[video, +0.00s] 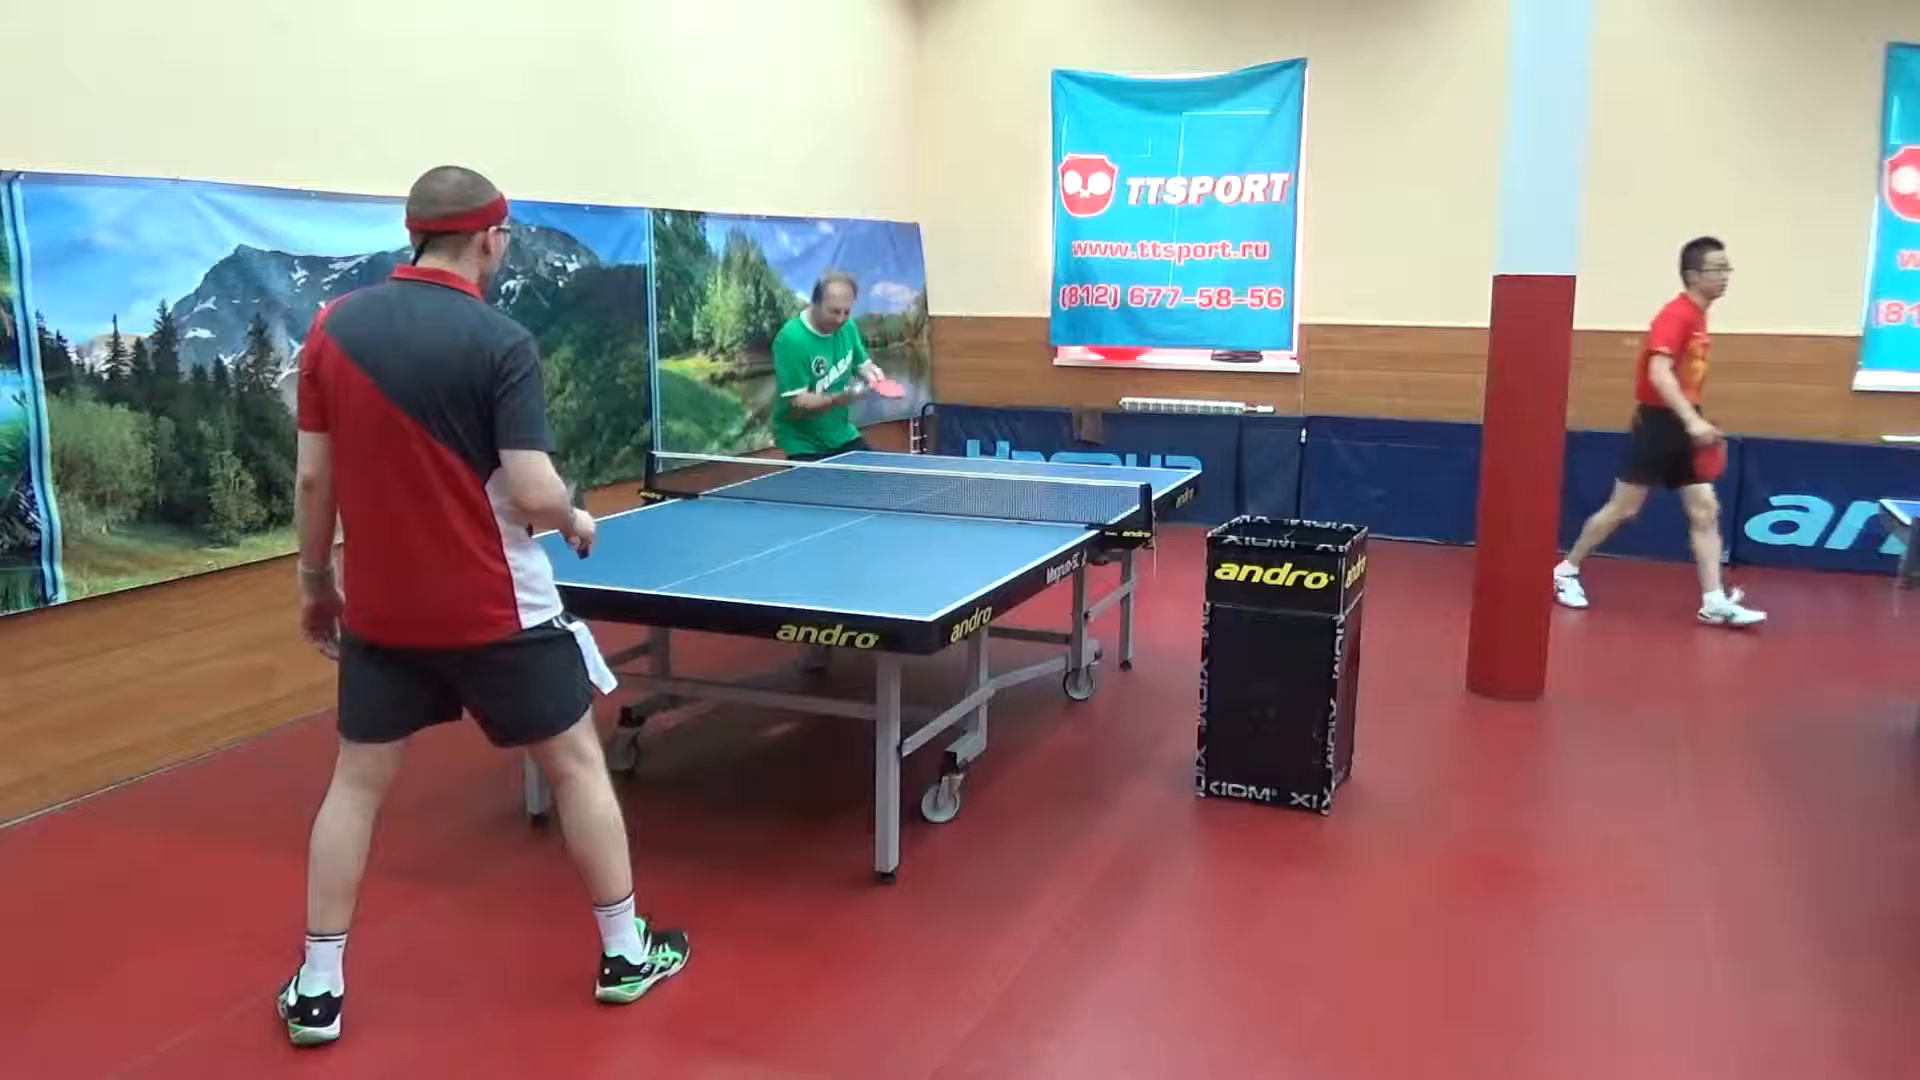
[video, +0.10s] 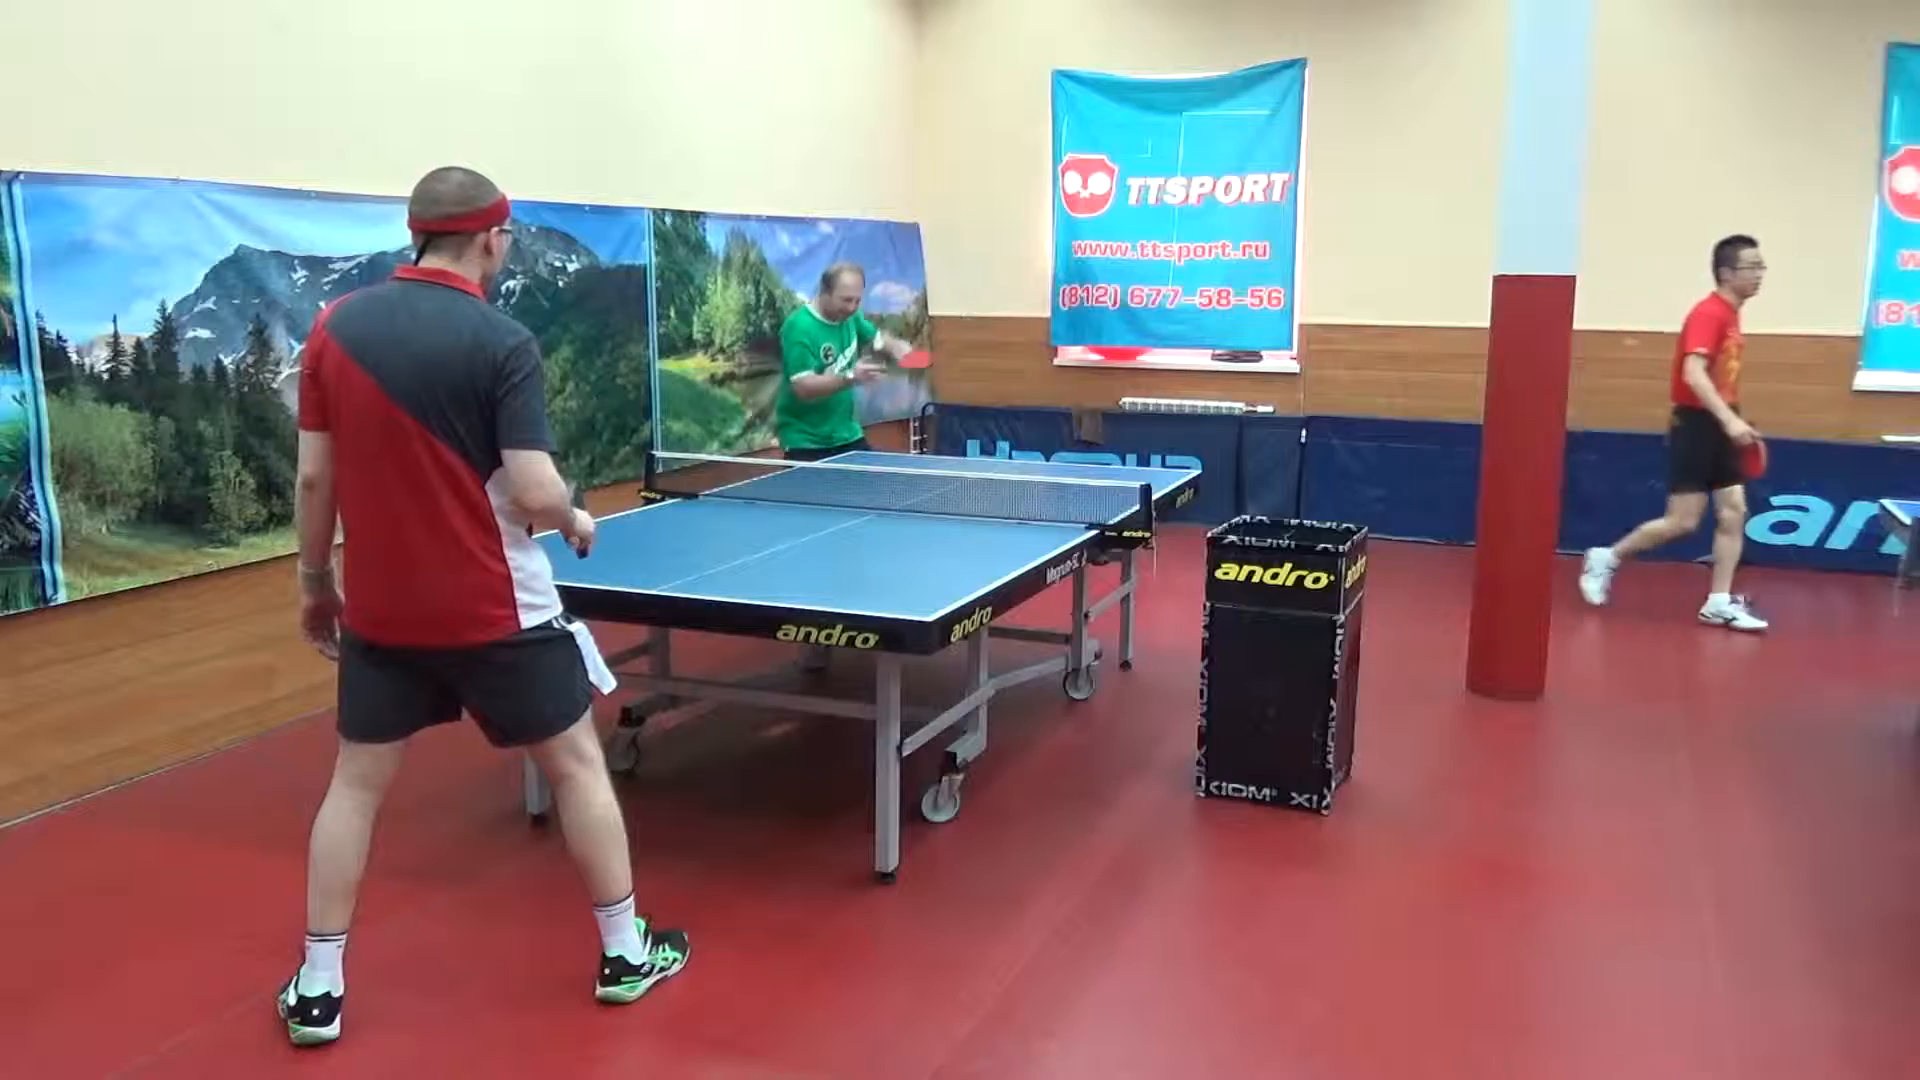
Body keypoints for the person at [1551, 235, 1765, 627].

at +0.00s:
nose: (1726, 276)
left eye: (1727, 269)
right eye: (1717, 270)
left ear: (1719, 274)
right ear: (1692, 275)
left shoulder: (1696, 316)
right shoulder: (1675, 315)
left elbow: (1681, 373)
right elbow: (1660, 372)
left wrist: (1695, 418)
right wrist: (1694, 421)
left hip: (1685, 420)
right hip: (1656, 420)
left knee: (1704, 511)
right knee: (1623, 507)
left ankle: (1714, 599)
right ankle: (1567, 569)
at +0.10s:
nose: (1760, 275)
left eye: (1761, 267)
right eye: (1752, 268)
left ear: (1740, 273)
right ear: (1727, 272)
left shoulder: (1731, 314)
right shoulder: (1708, 313)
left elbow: (1723, 379)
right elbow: (1693, 373)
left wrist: (1742, 431)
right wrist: (1731, 420)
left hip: (1722, 422)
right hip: (1694, 421)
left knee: (1732, 514)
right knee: (1683, 520)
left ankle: (1720, 601)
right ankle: (1606, 558)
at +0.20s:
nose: (1791, 267)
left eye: (1792, 260)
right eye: (1784, 260)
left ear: (1768, 265)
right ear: (1756, 265)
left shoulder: (1758, 307)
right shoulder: (1737, 306)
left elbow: (1751, 374)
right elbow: (1720, 369)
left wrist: (1765, 428)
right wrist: (1753, 421)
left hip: (1752, 411)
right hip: (1730, 413)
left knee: (1746, 517)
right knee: (1742, 516)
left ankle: (1720, 600)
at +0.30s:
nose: (1821, 268)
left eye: (1821, 260)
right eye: (1813, 260)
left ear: (1796, 266)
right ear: (1787, 264)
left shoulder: (1789, 307)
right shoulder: (1769, 307)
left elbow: (1783, 376)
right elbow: (1744, 371)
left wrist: (1799, 422)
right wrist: (1767, 430)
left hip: (1776, 415)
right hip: (1761, 416)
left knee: (1747, 513)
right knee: (1794, 515)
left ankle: (1719, 597)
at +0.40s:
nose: (1854, 275)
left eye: (1853, 267)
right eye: (1846, 267)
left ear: (1830, 274)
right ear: (1819, 272)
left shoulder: (1822, 317)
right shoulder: (1798, 317)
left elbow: (1826, 386)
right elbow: (1771, 383)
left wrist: (1862, 426)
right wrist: (1782, 445)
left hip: (1806, 429)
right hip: (1793, 431)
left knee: (1761, 518)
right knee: (1824, 523)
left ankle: (1720, 601)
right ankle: (1844, 622)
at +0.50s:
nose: (1890, 278)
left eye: (1890, 270)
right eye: (1883, 271)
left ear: (1865, 276)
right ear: (1855, 276)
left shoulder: (1857, 321)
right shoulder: (1831, 322)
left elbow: (1863, 388)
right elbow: (1802, 386)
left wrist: (1906, 427)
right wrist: (1800, 454)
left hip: (1846, 434)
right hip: (1830, 436)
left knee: (1798, 525)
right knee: (1861, 529)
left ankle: (1732, 592)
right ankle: (1881, 628)